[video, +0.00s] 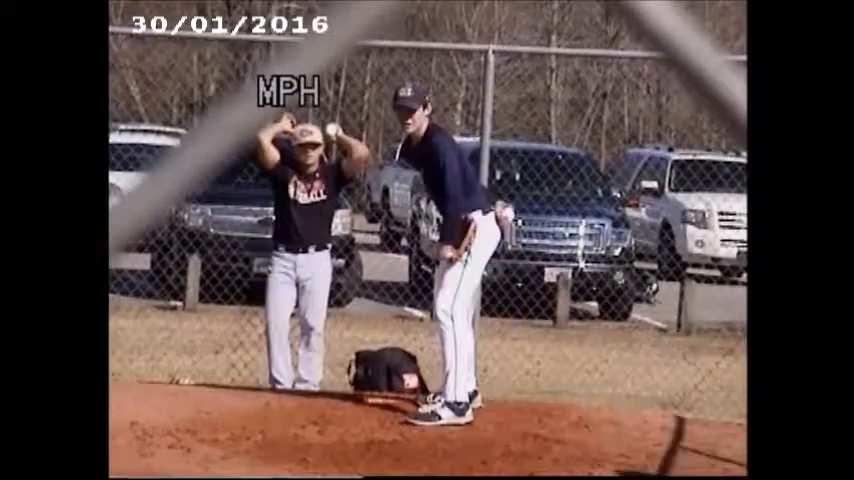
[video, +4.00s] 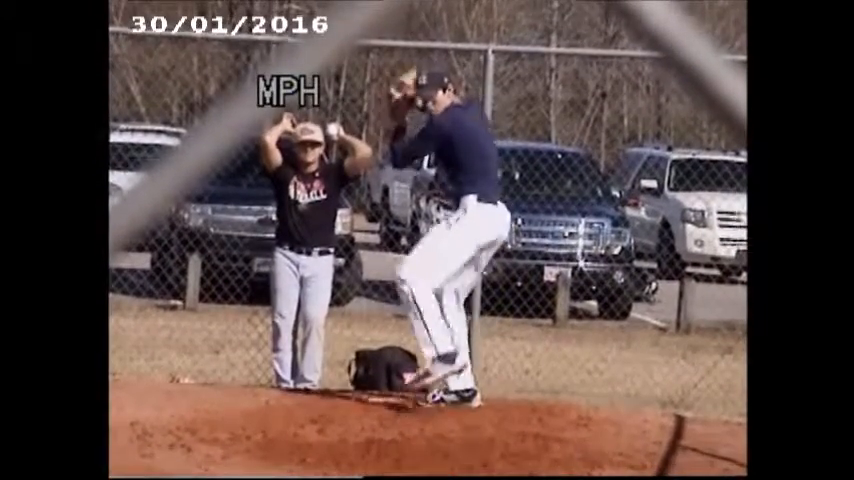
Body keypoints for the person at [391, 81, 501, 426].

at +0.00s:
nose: (406, 117)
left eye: (413, 111)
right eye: (402, 112)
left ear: (427, 110)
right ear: (397, 113)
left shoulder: (439, 142)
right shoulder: (413, 145)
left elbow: (455, 198)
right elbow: (442, 186)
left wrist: (449, 241)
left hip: (476, 224)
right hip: (460, 223)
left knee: (447, 308)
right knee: (457, 309)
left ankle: (455, 398)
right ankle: (465, 389)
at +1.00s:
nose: (407, 124)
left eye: (413, 117)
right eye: (402, 118)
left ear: (428, 116)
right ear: (396, 119)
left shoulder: (441, 149)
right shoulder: (409, 151)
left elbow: (461, 200)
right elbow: (442, 186)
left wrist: (455, 243)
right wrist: (488, 207)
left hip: (475, 225)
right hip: (457, 225)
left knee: (445, 312)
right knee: (456, 313)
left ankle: (456, 401)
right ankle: (465, 391)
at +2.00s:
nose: (416, 102)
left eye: (421, 95)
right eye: (414, 97)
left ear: (442, 92)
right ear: (437, 96)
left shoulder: (433, 122)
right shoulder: (450, 120)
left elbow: (409, 172)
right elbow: (424, 167)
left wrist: (386, 158)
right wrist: (393, 153)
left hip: (473, 217)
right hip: (482, 216)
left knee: (439, 302)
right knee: (439, 302)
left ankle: (456, 389)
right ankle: (460, 386)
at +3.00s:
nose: (417, 106)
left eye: (421, 98)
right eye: (415, 100)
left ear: (439, 92)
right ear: (434, 97)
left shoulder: (438, 123)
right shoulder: (457, 118)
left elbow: (409, 173)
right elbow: (419, 164)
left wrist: (392, 137)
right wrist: (404, 130)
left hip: (467, 219)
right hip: (477, 216)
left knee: (440, 307)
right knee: (440, 307)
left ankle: (455, 394)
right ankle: (461, 389)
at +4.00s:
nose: (428, 107)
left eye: (429, 101)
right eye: (425, 102)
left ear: (446, 91)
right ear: (450, 91)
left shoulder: (441, 124)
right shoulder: (474, 112)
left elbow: (399, 159)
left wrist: (397, 120)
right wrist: (417, 96)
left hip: (474, 214)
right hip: (497, 216)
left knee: (412, 274)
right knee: (449, 293)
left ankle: (444, 355)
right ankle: (461, 383)